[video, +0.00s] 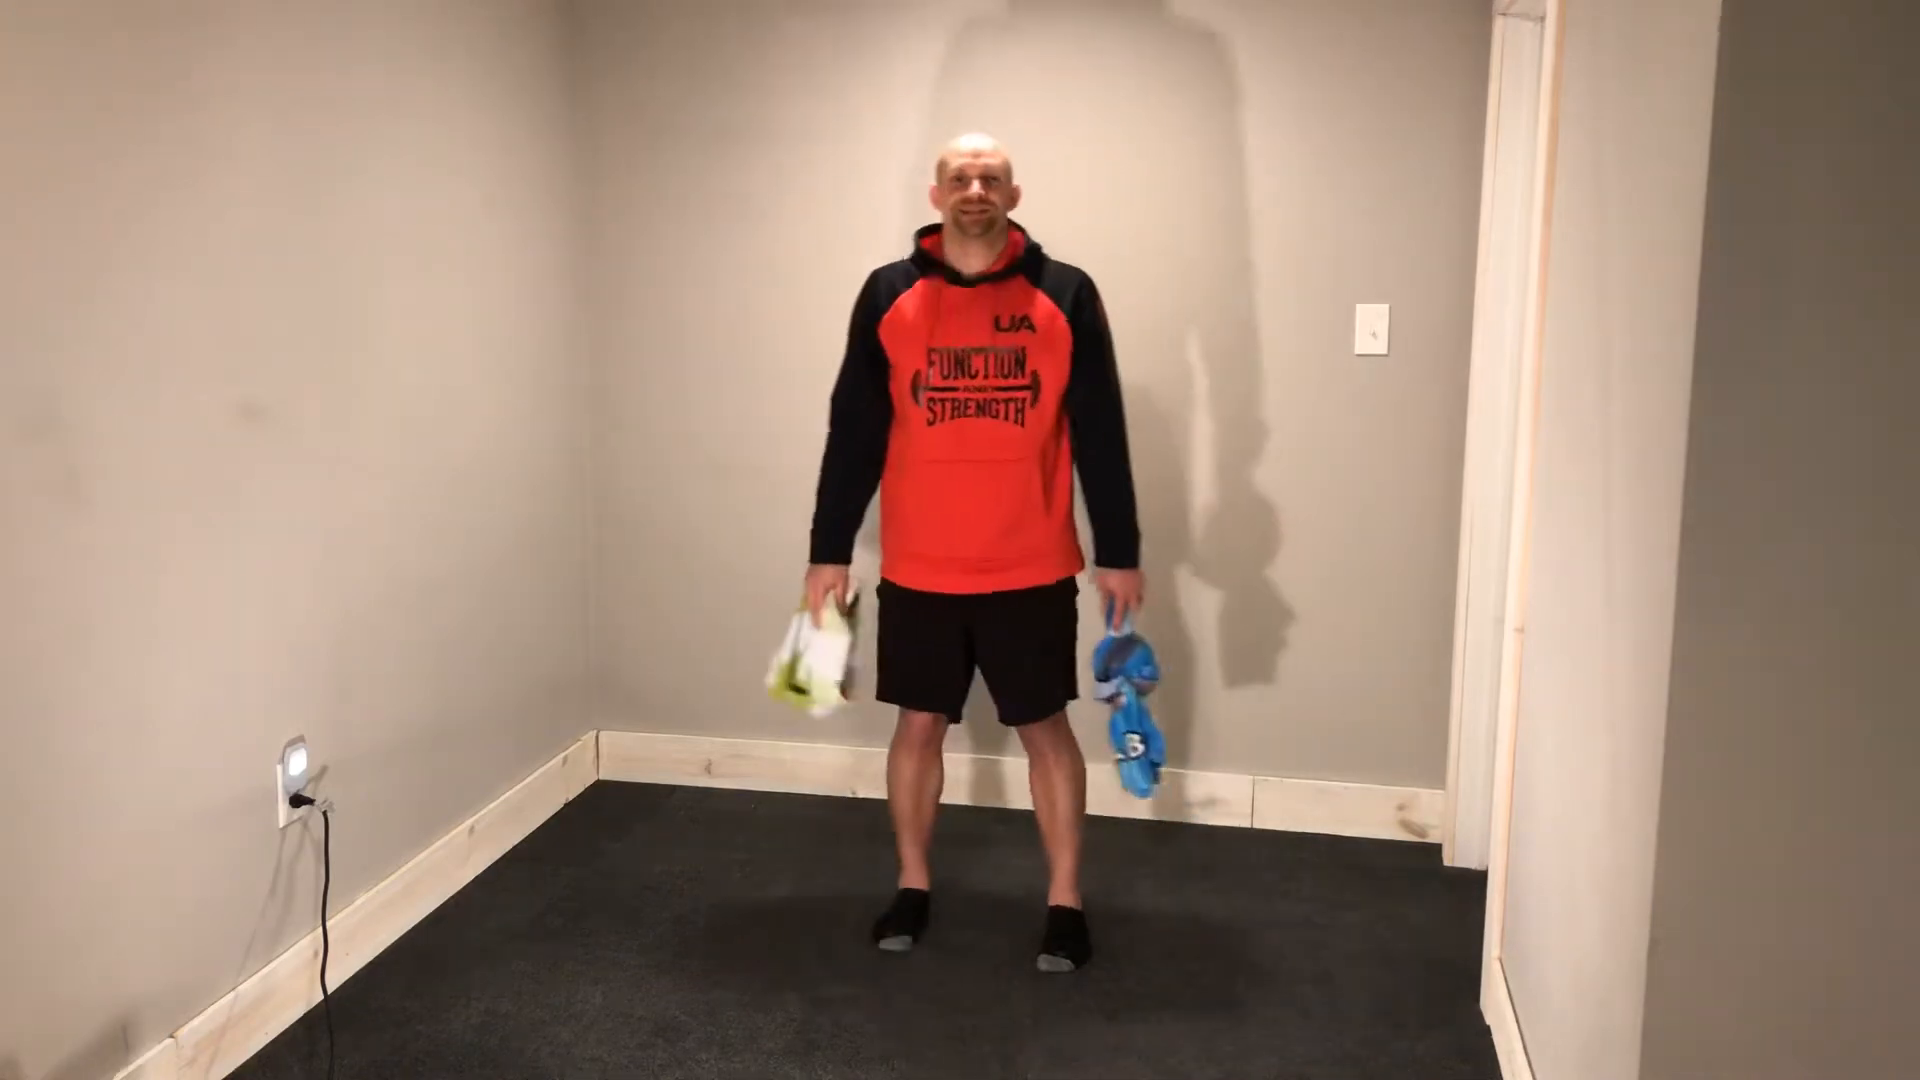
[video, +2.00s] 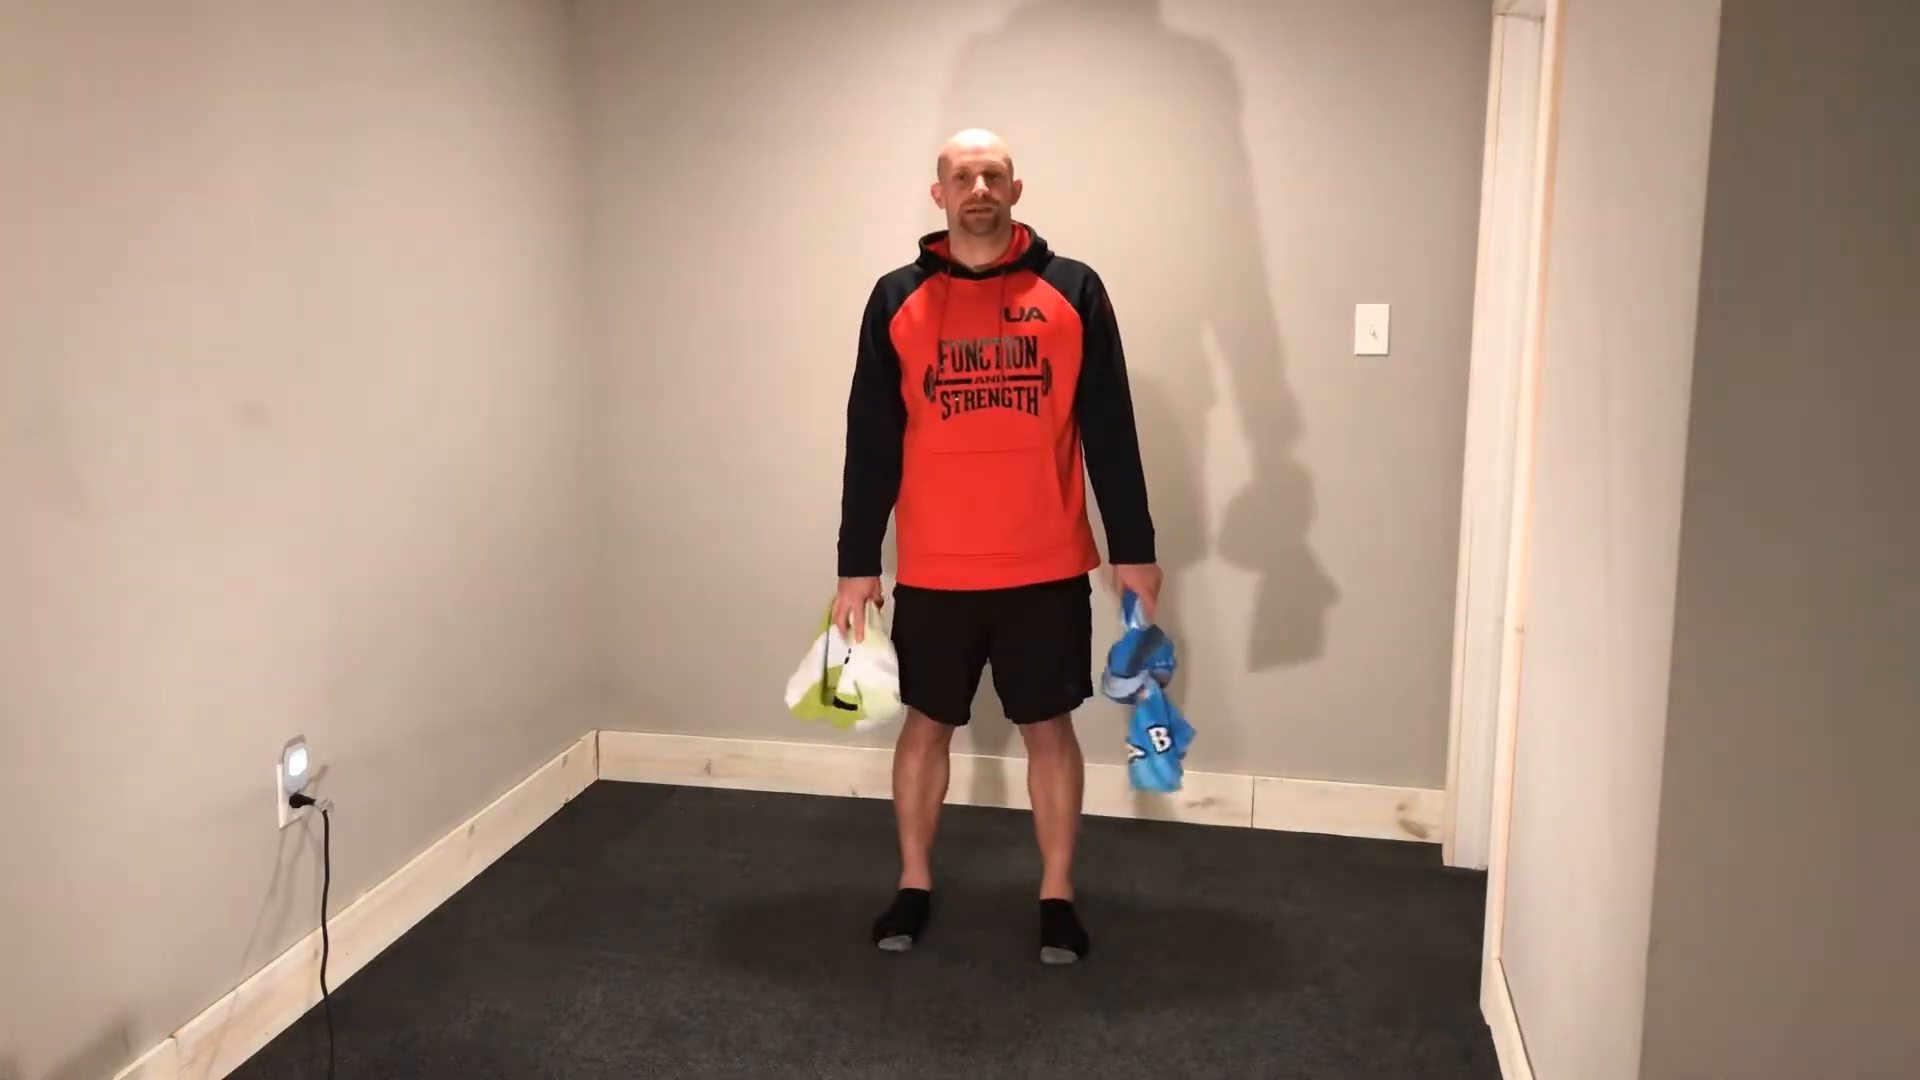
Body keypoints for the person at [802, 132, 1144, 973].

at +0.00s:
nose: (976, 189)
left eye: (991, 178)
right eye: (959, 177)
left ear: (1014, 197)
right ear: (934, 196)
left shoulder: (1064, 295)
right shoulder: (889, 294)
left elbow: (1099, 430)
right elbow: (855, 430)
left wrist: (1119, 553)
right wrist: (829, 551)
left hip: (1028, 564)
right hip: (919, 565)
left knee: (1042, 726)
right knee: (919, 721)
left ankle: (1065, 905)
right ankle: (912, 889)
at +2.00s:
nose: (979, 187)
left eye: (992, 174)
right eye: (962, 176)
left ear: (1018, 192)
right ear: (937, 195)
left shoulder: (1072, 291)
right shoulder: (898, 299)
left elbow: (1109, 427)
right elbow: (871, 437)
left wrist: (1134, 549)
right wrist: (857, 560)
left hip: (1042, 564)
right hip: (935, 567)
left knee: (1047, 727)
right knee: (925, 725)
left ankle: (1057, 898)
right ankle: (912, 888)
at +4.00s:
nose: (987, 198)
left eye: (1001, 183)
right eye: (971, 184)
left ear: (1022, 190)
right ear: (946, 192)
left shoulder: (1075, 292)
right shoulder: (904, 296)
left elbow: (1113, 420)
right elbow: (873, 433)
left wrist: (1131, 532)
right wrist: (859, 557)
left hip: (1044, 562)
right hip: (936, 563)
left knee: (1048, 725)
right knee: (926, 723)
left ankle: (1057, 897)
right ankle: (912, 887)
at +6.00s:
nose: (986, 195)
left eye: (999, 180)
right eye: (969, 182)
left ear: (1024, 188)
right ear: (947, 193)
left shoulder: (1079, 294)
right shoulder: (907, 297)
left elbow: (1123, 412)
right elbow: (873, 434)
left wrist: (1098, 439)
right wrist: (856, 558)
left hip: (1038, 560)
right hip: (933, 561)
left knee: (1044, 724)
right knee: (924, 723)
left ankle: (1057, 896)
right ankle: (911, 888)